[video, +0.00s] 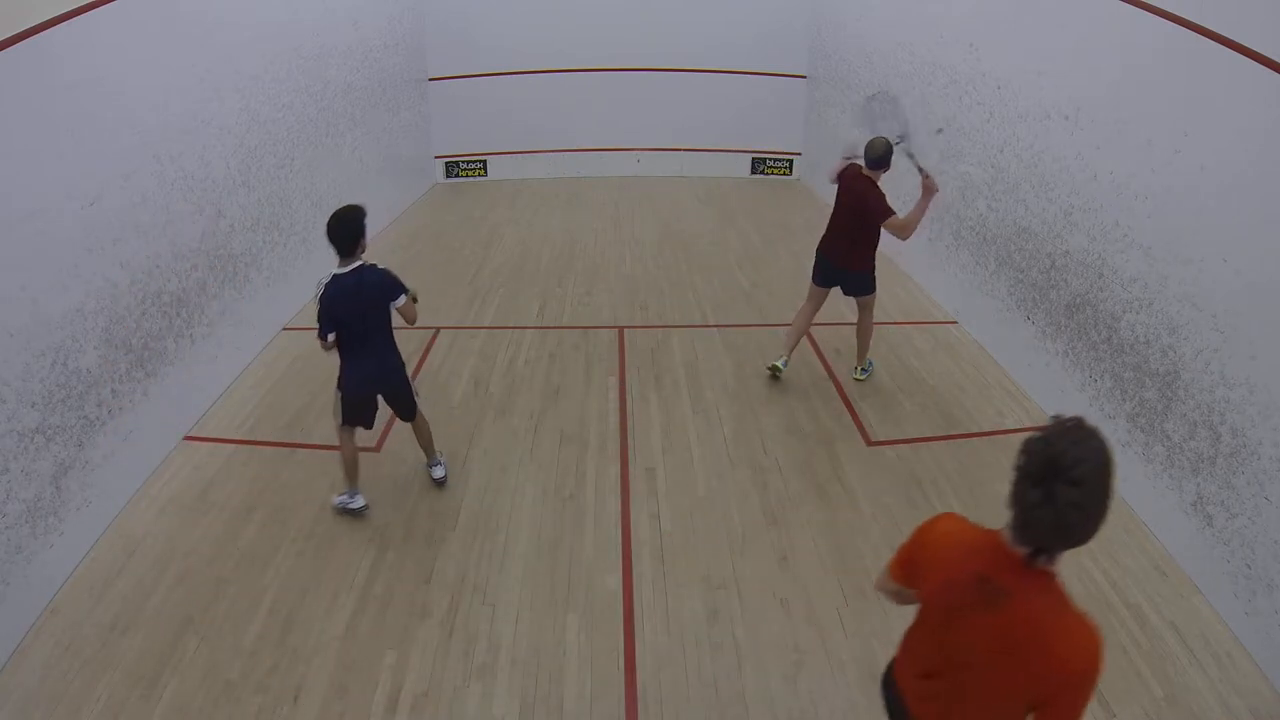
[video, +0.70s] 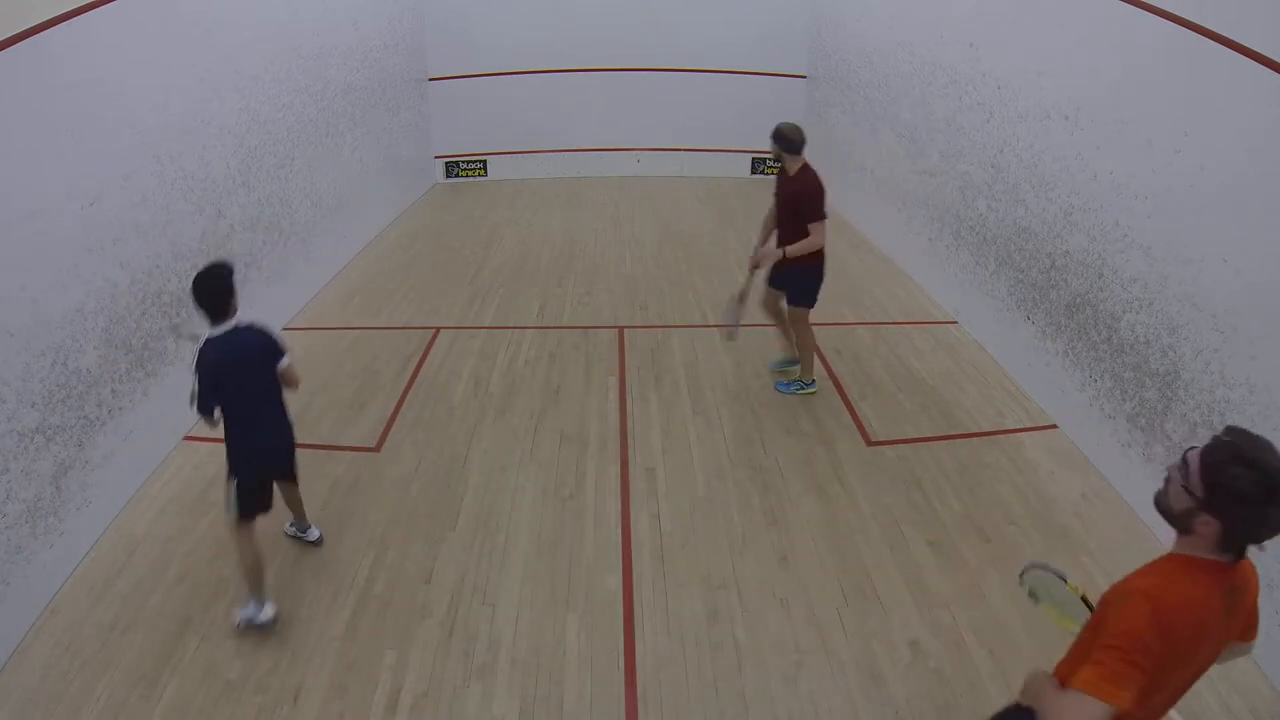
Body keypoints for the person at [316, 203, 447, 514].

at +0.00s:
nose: (367, 237)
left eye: (363, 232)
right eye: (365, 233)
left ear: (333, 244)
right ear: (361, 241)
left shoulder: (329, 290)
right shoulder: (380, 277)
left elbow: (326, 342)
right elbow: (411, 318)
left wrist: (346, 329)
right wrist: (409, 298)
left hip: (354, 375)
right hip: (389, 367)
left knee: (347, 431)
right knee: (414, 415)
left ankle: (353, 494)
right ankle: (435, 465)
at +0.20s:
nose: (329, 261)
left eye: (324, 257)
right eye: (326, 258)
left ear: (295, 271)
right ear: (322, 265)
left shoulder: (300, 317)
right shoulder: (344, 298)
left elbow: (296, 372)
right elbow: (380, 336)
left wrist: (318, 349)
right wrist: (377, 316)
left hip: (332, 395)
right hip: (366, 383)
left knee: (308, 440)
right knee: (401, 420)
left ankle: (323, 505)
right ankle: (434, 465)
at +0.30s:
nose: (303, 266)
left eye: (299, 262)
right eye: (300, 262)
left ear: (270, 276)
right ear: (297, 270)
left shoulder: (271, 322)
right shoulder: (318, 305)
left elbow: (263, 376)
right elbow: (357, 344)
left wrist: (281, 351)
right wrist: (351, 323)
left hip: (307, 403)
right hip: (340, 390)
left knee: (293, 448)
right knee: (381, 428)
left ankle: (321, 505)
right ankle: (423, 463)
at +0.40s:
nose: (281, 258)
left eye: (277, 253)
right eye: (278, 254)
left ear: (247, 267)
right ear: (274, 261)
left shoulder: (247, 316)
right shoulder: (298, 298)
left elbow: (240, 370)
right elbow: (336, 337)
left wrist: (250, 345)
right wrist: (321, 321)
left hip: (282, 401)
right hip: (315, 387)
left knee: (299, 452)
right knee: (346, 434)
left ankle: (320, 504)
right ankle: (377, 481)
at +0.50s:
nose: (263, 251)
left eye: (259, 246)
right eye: (260, 247)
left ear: (227, 260)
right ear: (256, 253)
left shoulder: (229, 306)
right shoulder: (279, 289)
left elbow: (223, 365)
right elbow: (316, 333)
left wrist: (238, 358)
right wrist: (290, 325)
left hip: (263, 397)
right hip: (296, 383)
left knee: (287, 458)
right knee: (313, 444)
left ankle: (304, 514)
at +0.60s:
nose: (247, 267)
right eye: (245, 263)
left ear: (211, 277)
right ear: (244, 268)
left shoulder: (216, 324)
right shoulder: (267, 306)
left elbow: (211, 383)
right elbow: (302, 350)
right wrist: (274, 342)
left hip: (252, 419)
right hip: (286, 406)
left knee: (268, 485)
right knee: (292, 465)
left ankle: (278, 554)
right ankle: (304, 520)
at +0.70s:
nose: (236, 296)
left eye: (226, 293)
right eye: (234, 291)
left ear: (201, 307)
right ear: (233, 298)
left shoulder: (208, 355)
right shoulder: (259, 337)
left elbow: (209, 415)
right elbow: (291, 380)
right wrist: (260, 373)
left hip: (245, 451)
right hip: (279, 437)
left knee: (244, 525)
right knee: (287, 478)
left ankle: (259, 603)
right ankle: (304, 526)